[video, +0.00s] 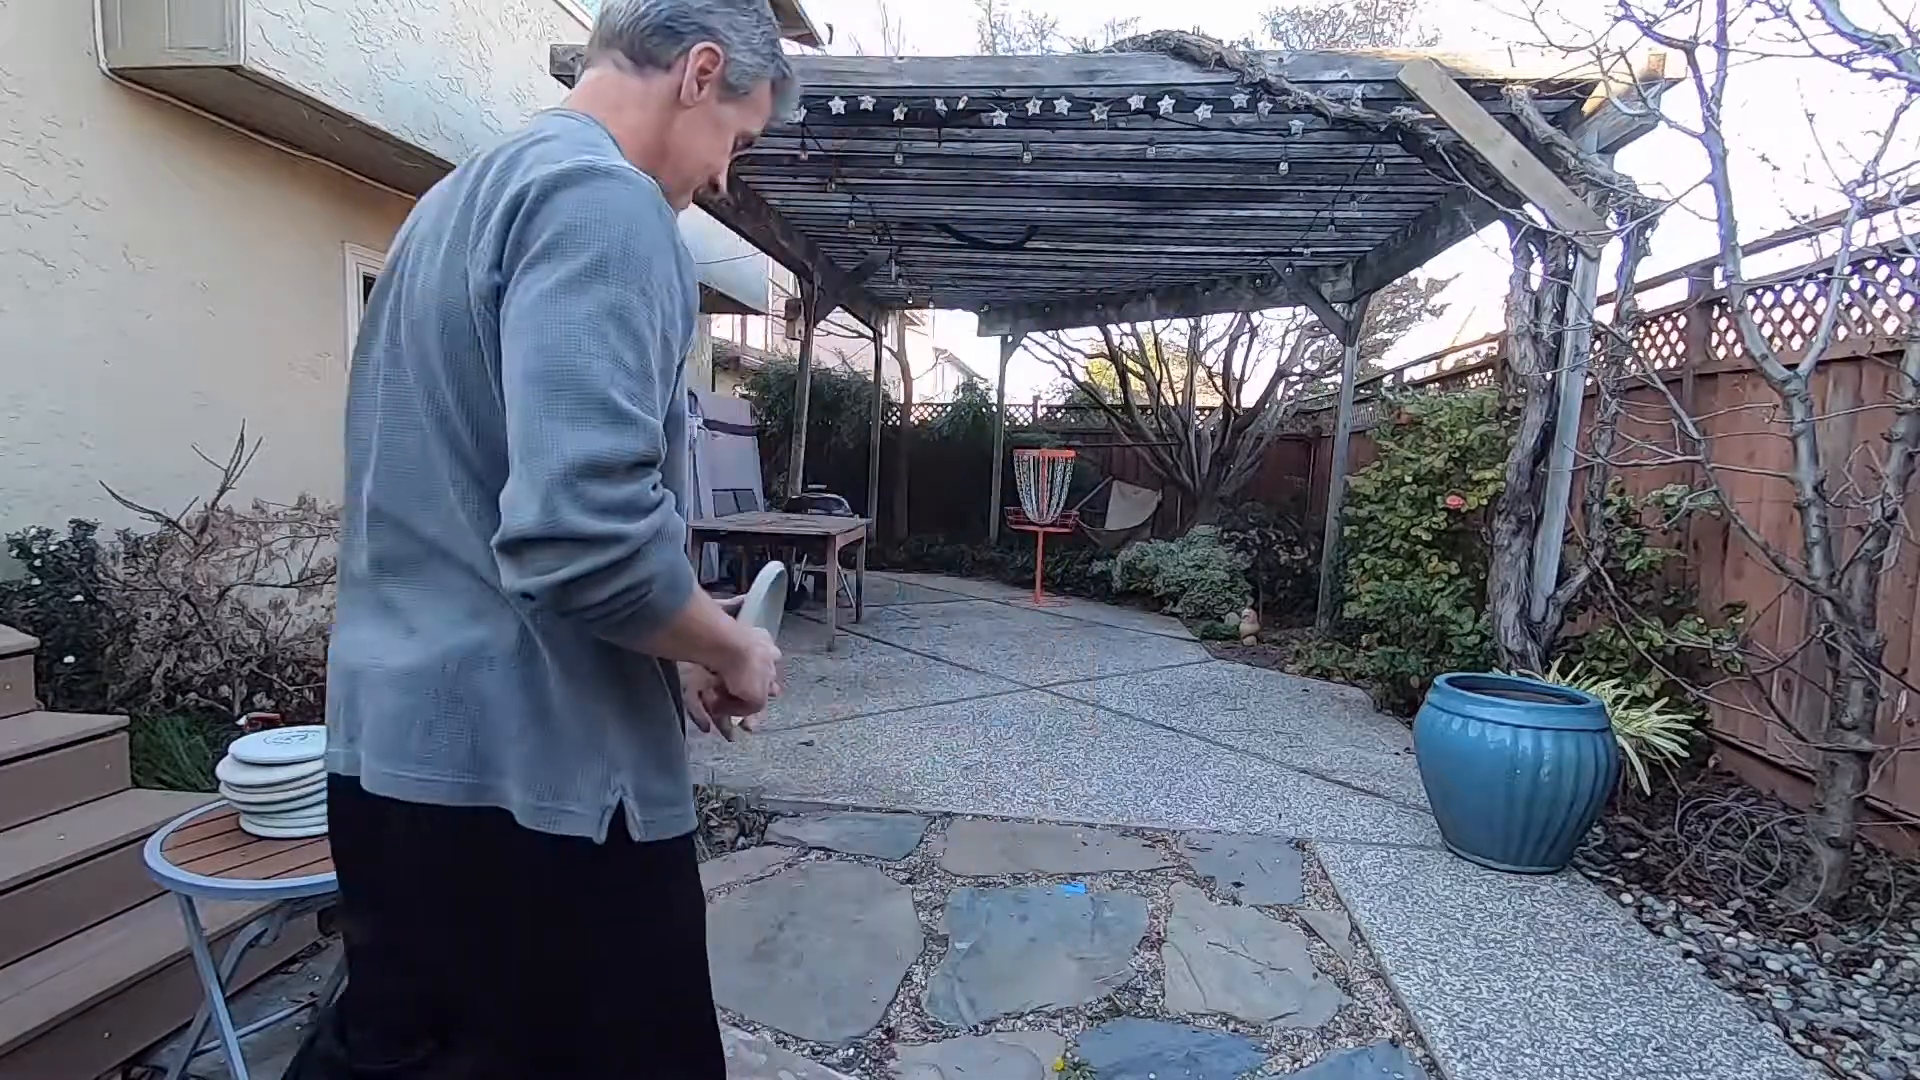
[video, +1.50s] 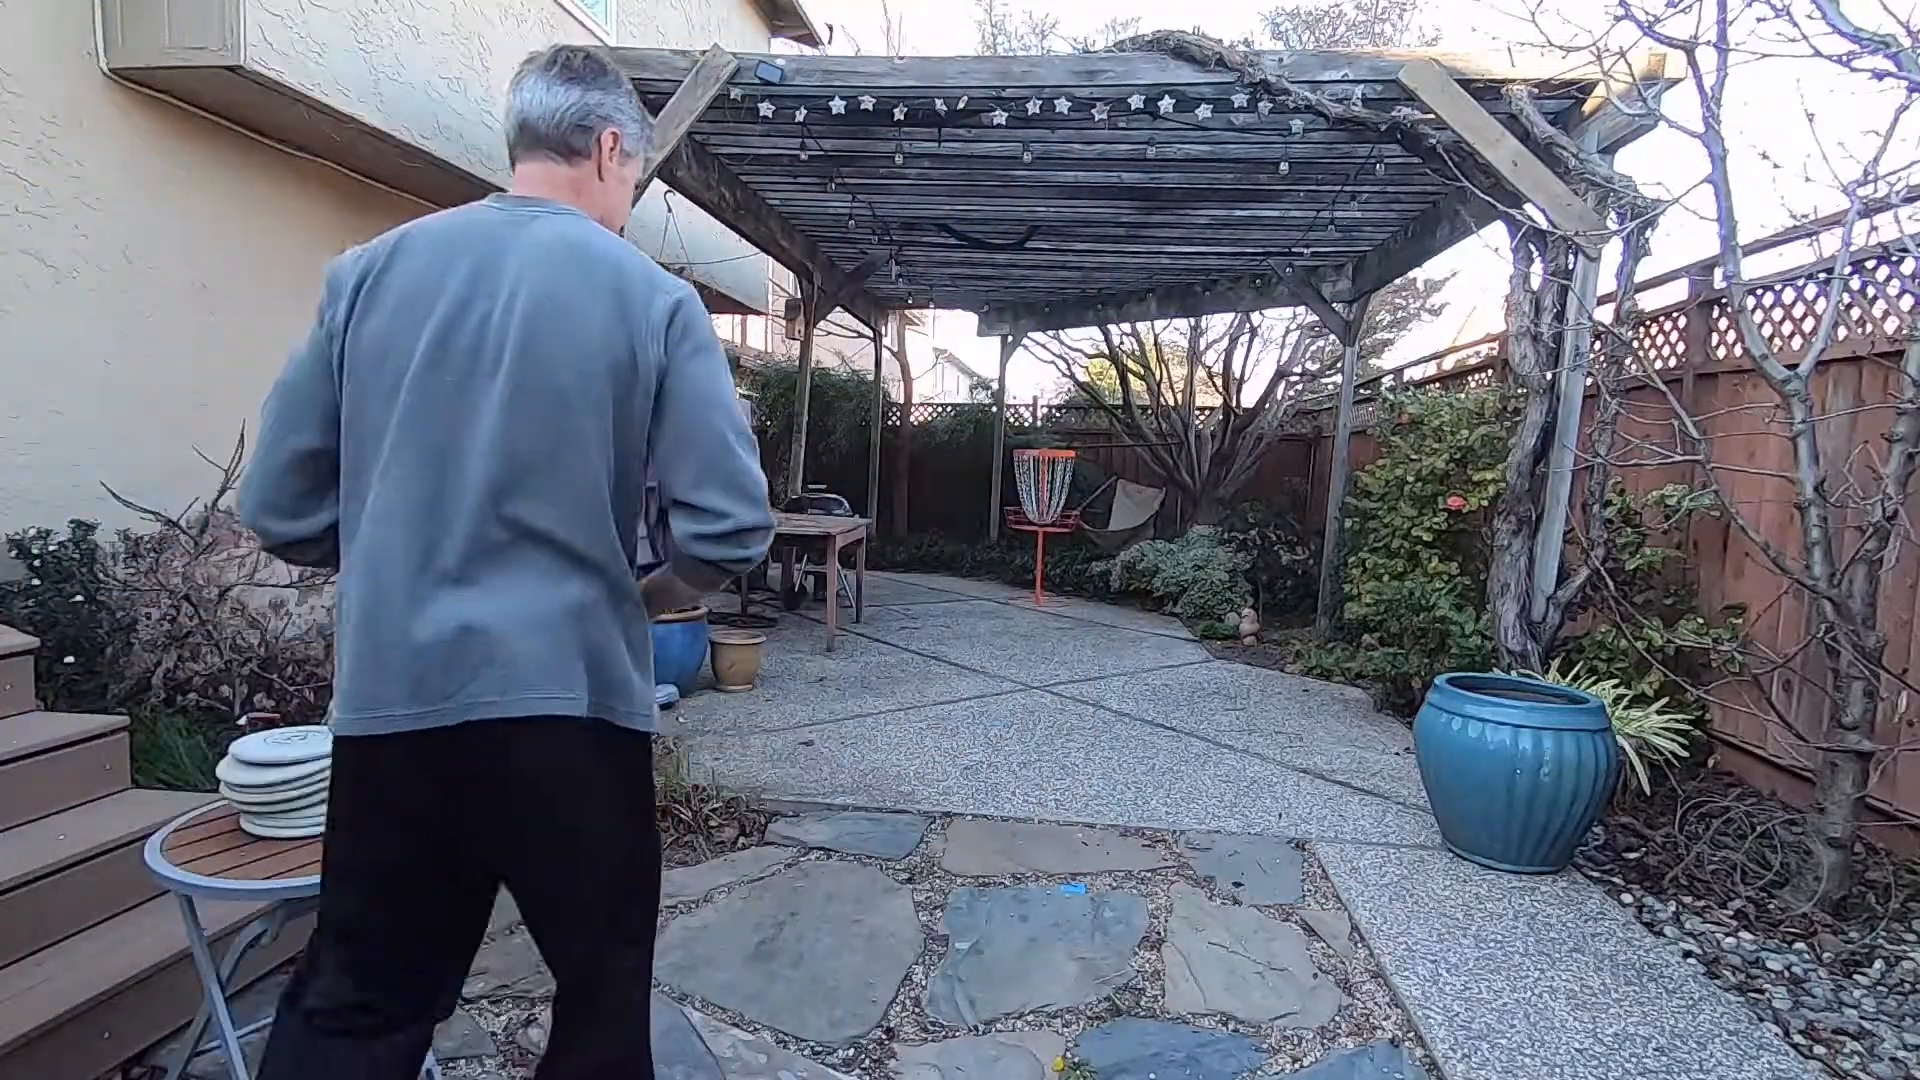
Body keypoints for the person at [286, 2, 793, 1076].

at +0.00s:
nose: (724, 174)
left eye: (741, 146)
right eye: (738, 136)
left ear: (607, 64)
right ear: (698, 72)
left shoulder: (460, 193)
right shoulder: (601, 198)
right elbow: (580, 531)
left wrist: (663, 649)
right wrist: (725, 641)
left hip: (396, 769)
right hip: (540, 789)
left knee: (397, 1052)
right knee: (642, 1064)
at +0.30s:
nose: (520, 186)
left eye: (536, 163)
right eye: (531, 153)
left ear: (379, 87)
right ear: (490, 93)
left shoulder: (195, 225)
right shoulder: (443, 209)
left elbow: (187, 507)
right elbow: (479, 513)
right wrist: (556, 646)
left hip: (146, 790)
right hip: (374, 797)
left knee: (166, 1065)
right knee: (524, 1064)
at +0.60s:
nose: (337, 163)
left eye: (350, 135)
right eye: (346, 126)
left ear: (178, 61)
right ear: (299, 59)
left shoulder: (13, 188)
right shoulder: (294, 193)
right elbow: (361, 506)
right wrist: (393, 631)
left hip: (19, 792)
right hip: (266, 791)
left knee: (59, 1061)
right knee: (392, 1055)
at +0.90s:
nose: (305, 143)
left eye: (311, 113)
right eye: (309, 107)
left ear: (130, 70)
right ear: (264, 58)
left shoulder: (9, 199)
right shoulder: (306, 202)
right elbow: (432, 490)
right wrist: (411, 620)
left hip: (26, 792)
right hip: (289, 780)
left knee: (78, 1066)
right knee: (433, 1060)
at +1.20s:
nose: (471, 194)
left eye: (476, 168)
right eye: (473, 161)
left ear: (326, 131)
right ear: (432, 129)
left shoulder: (158, 287)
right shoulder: (476, 279)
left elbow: (65, 557)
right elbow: (554, 541)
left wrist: (221, 605)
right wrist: (483, 658)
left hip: (185, 805)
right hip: (430, 804)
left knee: (175, 1066)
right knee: (515, 1065)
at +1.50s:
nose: (631, 205)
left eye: (636, 185)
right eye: (635, 179)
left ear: (517, 149)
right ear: (609, 150)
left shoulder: (370, 270)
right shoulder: (648, 294)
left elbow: (280, 504)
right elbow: (731, 524)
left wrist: (394, 541)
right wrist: (638, 573)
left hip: (388, 705)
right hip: (570, 710)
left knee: (357, 1002)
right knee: (605, 998)